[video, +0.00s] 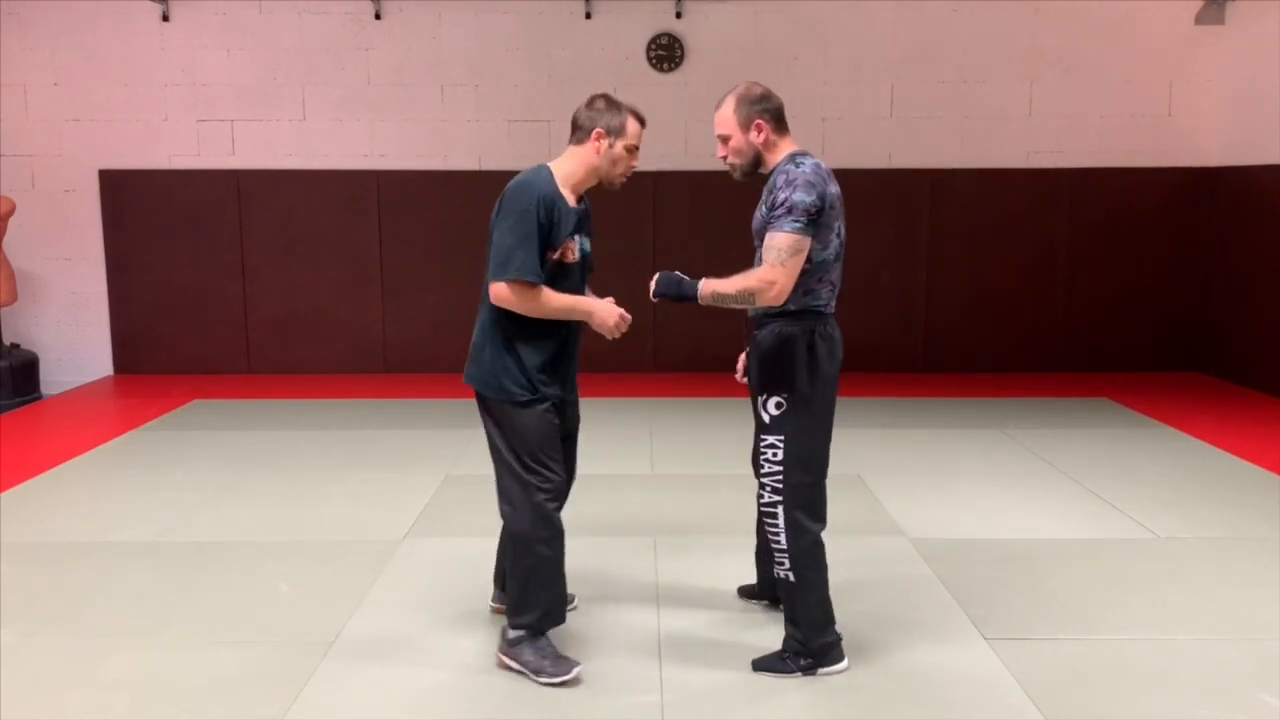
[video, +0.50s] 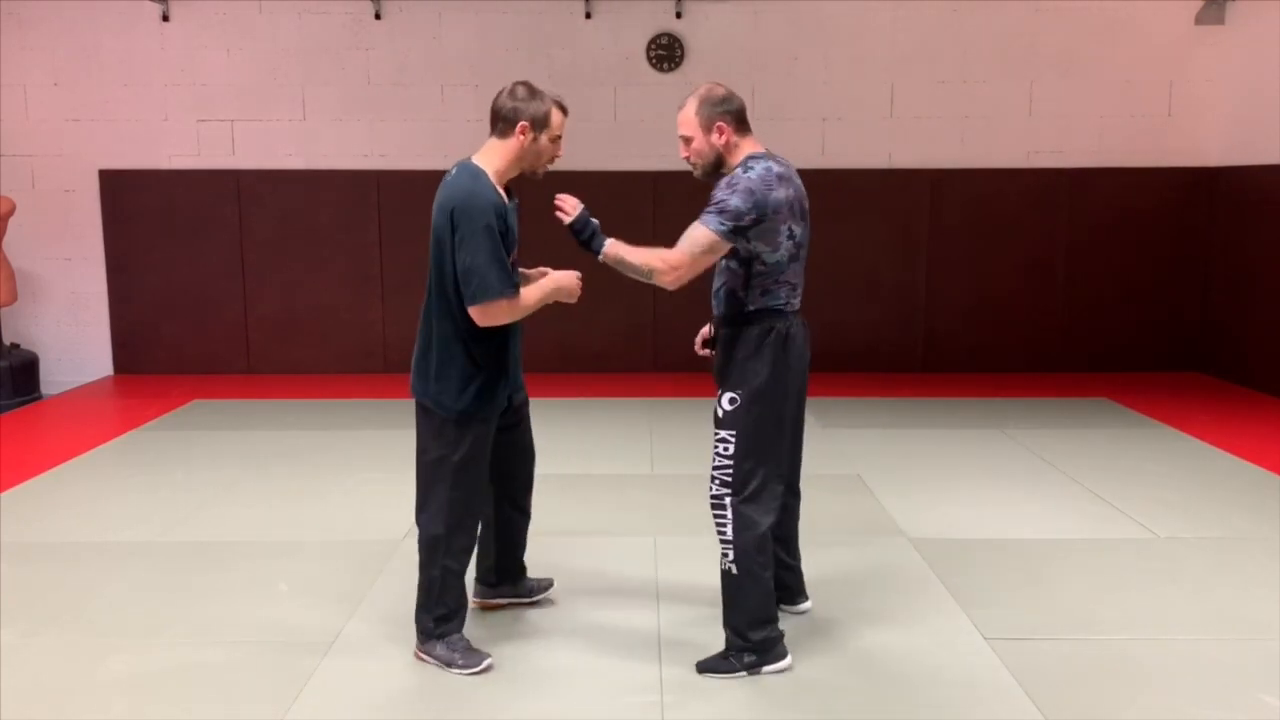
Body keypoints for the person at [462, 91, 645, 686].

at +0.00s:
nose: (635, 162)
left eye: (638, 151)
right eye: (630, 149)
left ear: (597, 144)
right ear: (597, 141)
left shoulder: (577, 203)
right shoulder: (529, 195)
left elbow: (563, 288)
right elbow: (507, 290)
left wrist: (596, 308)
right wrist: (588, 308)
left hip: (552, 375)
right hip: (512, 377)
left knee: (550, 487)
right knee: (537, 497)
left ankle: (515, 587)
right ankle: (524, 634)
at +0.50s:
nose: (558, 153)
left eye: (560, 140)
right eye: (555, 140)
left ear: (519, 132)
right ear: (524, 133)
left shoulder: (491, 187)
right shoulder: (472, 199)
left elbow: (484, 277)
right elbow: (487, 309)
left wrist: (527, 279)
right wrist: (546, 290)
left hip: (495, 376)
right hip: (456, 384)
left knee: (511, 480)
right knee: (452, 511)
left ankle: (500, 579)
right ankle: (437, 632)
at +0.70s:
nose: (541, 156)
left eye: (544, 145)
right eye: (539, 143)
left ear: (505, 134)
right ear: (505, 133)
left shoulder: (485, 190)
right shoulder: (453, 196)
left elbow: (515, 253)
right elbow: (470, 300)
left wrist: (559, 257)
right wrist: (538, 274)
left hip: (491, 379)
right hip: (456, 386)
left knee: (490, 493)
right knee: (458, 508)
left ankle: (475, 584)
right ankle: (438, 633)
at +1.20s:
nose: (544, 173)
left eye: (549, 164)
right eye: (546, 160)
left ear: (514, 141)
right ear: (519, 142)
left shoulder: (477, 188)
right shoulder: (462, 192)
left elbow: (527, 245)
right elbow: (504, 294)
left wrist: (557, 227)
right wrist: (551, 248)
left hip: (472, 372)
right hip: (447, 377)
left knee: (475, 488)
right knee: (444, 505)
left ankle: (469, 582)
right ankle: (431, 634)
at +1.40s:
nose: (546, 171)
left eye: (551, 160)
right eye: (545, 158)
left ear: (511, 145)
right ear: (513, 144)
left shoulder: (485, 195)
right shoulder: (449, 202)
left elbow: (515, 266)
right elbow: (488, 296)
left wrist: (558, 231)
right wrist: (547, 242)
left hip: (487, 381)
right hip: (457, 386)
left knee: (480, 494)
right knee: (456, 509)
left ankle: (468, 582)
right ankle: (432, 632)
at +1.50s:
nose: (545, 175)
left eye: (549, 164)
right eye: (543, 162)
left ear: (510, 150)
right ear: (507, 148)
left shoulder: (504, 200)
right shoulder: (438, 209)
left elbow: (521, 271)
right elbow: (467, 306)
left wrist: (576, 244)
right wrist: (535, 252)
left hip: (507, 382)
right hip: (460, 392)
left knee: (507, 489)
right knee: (462, 515)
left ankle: (476, 581)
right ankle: (431, 634)